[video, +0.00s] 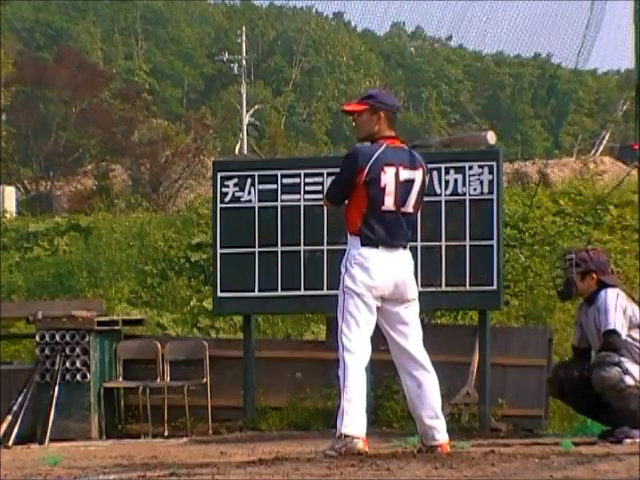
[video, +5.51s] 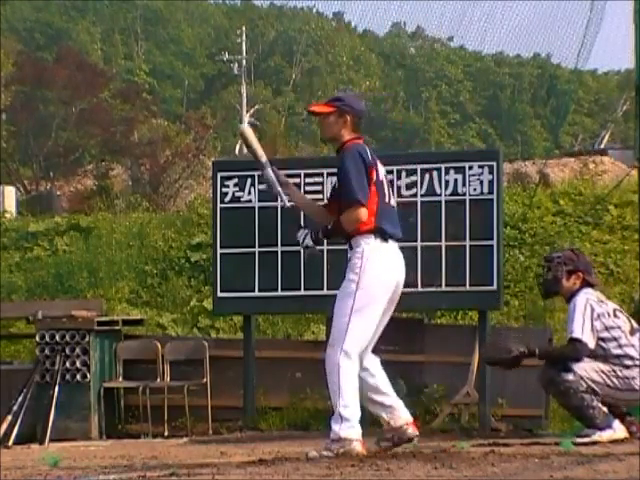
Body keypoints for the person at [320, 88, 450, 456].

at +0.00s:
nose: (354, 122)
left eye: (359, 116)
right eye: (355, 116)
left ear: (379, 118)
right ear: (385, 120)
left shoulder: (362, 154)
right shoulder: (416, 160)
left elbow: (334, 197)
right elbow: (411, 206)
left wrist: (366, 183)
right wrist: (366, 189)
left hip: (365, 261)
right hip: (402, 261)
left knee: (354, 350)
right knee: (412, 352)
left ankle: (352, 435)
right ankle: (436, 437)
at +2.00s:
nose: (358, 121)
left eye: (363, 115)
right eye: (358, 115)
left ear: (383, 117)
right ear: (390, 119)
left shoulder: (365, 153)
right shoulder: (422, 158)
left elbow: (337, 194)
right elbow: (423, 205)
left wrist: (369, 165)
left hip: (375, 258)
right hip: (412, 260)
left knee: (360, 347)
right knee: (412, 350)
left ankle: (362, 430)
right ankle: (440, 433)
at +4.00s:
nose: (362, 120)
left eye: (367, 114)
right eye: (364, 114)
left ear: (384, 118)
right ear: (396, 120)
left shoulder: (361, 162)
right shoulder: (423, 164)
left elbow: (325, 205)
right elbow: (424, 213)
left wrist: (351, 181)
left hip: (371, 261)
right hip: (410, 262)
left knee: (351, 347)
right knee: (414, 351)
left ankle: (344, 431)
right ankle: (442, 434)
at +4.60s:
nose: (357, 123)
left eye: (362, 118)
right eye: (358, 117)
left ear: (380, 120)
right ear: (391, 121)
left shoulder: (360, 156)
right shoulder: (422, 159)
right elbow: (431, 186)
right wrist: (400, 145)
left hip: (376, 261)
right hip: (416, 261)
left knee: (354, 348)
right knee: (418, 354)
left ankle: (344, 431)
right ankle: (442, 435)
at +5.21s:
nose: (349, 124)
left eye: (353, 119)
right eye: (350, 118)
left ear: (372, 121)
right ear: (379, 123)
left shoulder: (359, 156)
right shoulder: (409, 157)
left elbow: (328, 203)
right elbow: (379, 196)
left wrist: (342, 162)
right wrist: (355, 159)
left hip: (378, 260)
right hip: (412, 260)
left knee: (346, 352)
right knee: (411, 357)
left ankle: (348, 435)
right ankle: (442, 436)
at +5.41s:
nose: (331, 123)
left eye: (336, 117)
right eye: (332, 117)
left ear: (355, 120)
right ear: (357, 122)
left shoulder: (357, 154)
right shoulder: (381, 156)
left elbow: (343, 219)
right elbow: (349, 207)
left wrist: (324, 214)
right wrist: (319, 182)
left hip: (370, 257)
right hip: (397, 257)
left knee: (340, 352)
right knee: (380, 357)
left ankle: (346, 437)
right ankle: (429, 426)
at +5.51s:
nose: (320, 122)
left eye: (325, 116)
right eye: (320, 117)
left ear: (345, 120)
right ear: (346, 121)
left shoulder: (351, 153)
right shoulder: (362, 155)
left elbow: (360, 217)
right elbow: (328, 215)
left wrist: (328, 229)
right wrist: (289, 190)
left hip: (370, 257)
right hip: (390, 257)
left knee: (340, 350)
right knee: (358, 350)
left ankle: (346, 437)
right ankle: (400, 423)